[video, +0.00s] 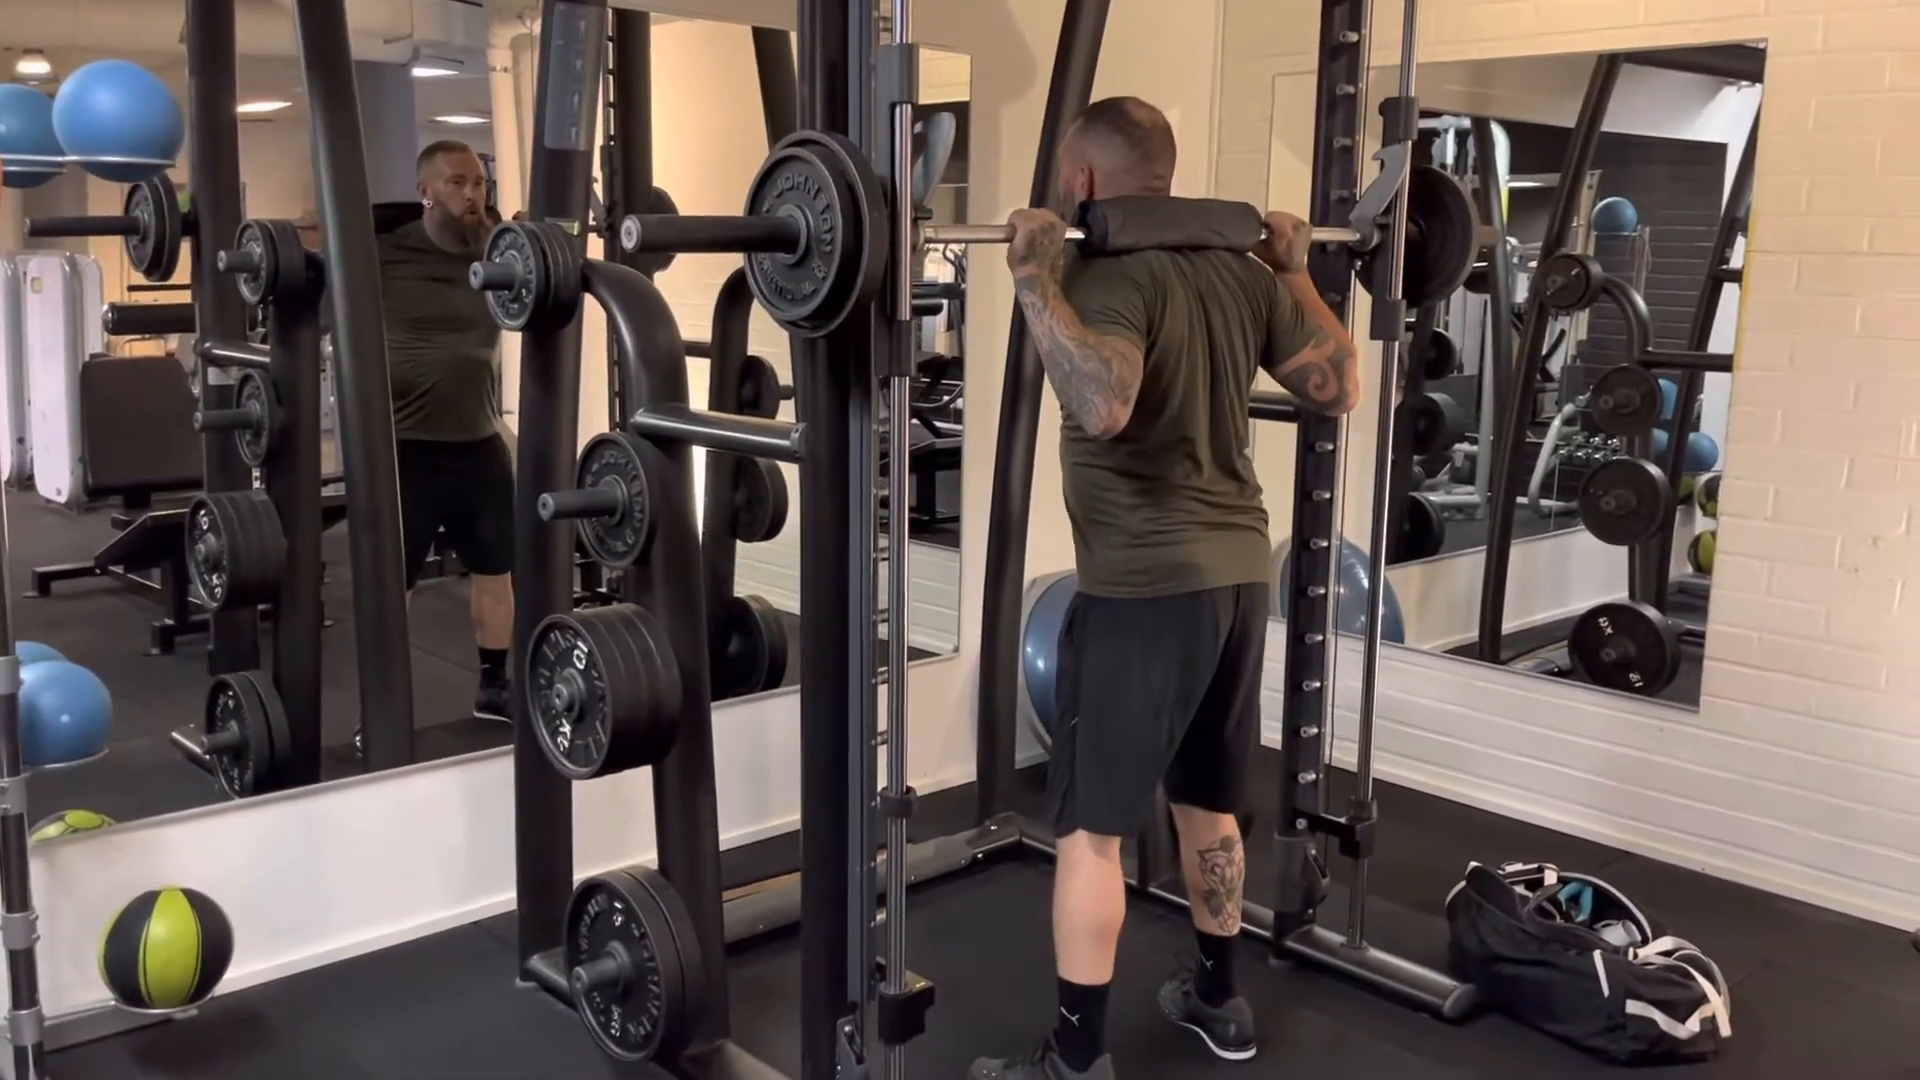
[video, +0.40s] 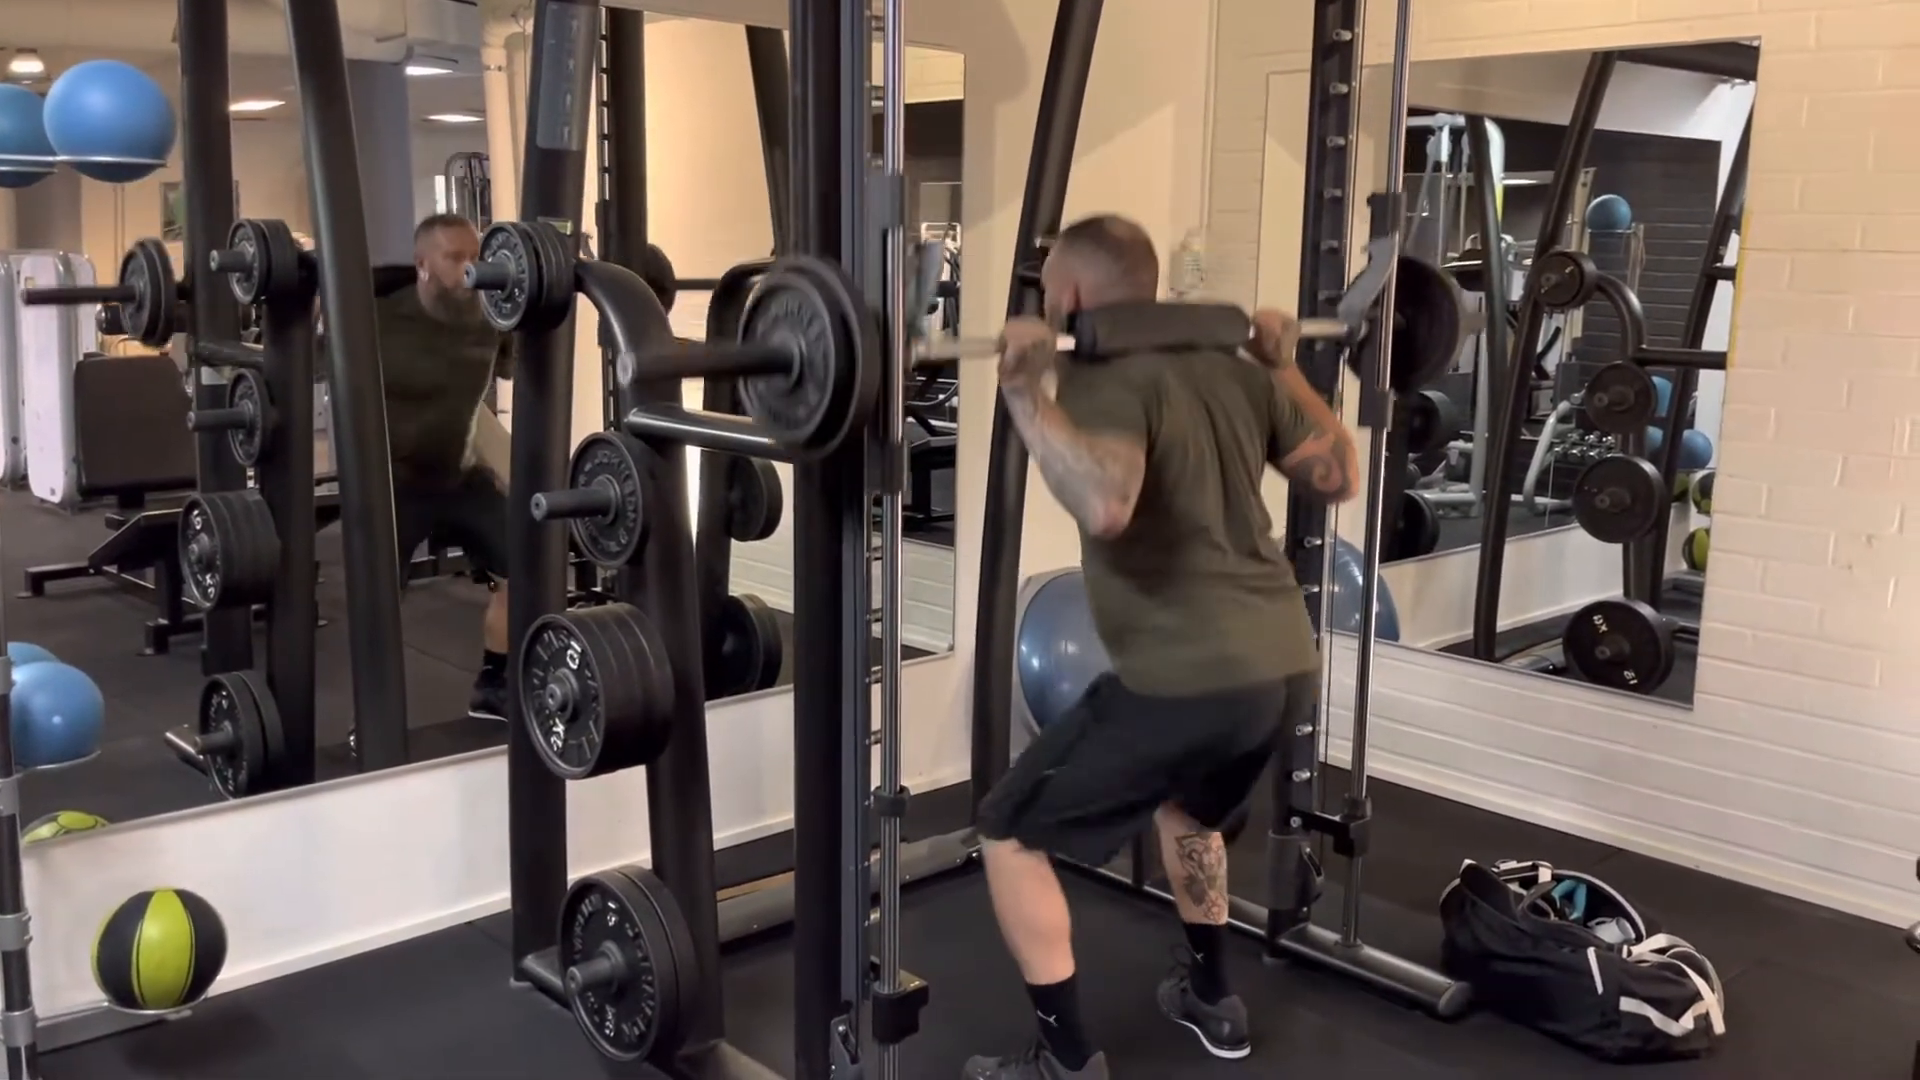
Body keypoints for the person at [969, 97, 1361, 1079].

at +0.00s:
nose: (1059, 195)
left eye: (1063, 179)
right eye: (1062, 180)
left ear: (1089, 175)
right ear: (1169, 173)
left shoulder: (1115, 269)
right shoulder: (1241, 266)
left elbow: (1103, 404)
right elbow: (1333, 386)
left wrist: (1034, 277)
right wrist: (1295, 270)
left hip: (1144, 587)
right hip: (1241, 576)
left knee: (1095, 820)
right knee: (1206, 787)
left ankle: (1077, 1050)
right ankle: (1219, 1000)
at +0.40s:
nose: (1050, 311)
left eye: (1053, 297)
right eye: (1051, 297)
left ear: (1079, 295)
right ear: (1148, 284)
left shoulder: (1110, 375)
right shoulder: (1238, 364)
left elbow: (1104, 501)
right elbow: (1335, 473)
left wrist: (1026, 394)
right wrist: (1282, 365)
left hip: (1180, 682)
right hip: (1278, 670)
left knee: (1011, 832)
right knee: (1187, 808)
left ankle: (1065, 1051)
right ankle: (1213, 999)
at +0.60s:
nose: (1036, 409)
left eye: (1040, 393)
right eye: (1035, 394)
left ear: (1067, 404)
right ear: (1143, 392)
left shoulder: (1106, 481)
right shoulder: (1234, 473)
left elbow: (1102, 608)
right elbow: (1337, 566)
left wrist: (1017, 499)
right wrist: (1277, 462)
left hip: (1200, 787)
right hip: (1298, 776)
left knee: (987, 837)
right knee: (1162, 775)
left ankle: (1059, 1050)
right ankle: (1208, 990)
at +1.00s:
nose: (1036, 551)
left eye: (1037, 533)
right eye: (1035, 532)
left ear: (1063, 544)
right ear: (1138, 529)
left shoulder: (1099, 620)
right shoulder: (1221, 597)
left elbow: (1094, 762)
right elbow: (1329, 697)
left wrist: (1009, 648)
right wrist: (1267, 589)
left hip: (1208, 920)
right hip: (1305, 898)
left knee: (977, 838)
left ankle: (1057, 1055)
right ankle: (1209, 1007)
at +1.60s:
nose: (1039, 409)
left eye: (1041, 394)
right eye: (1040, 395)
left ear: (1062, 400)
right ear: (1140, 388)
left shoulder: (1100, 480)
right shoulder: (1228, 474)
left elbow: (1090, 610)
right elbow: (1325, 567)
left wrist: (1007, 495)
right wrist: (1269, 462)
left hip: (1202, 778)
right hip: (1301, 765)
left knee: (992, 844)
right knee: (1162, 799)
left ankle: (1053, 1056)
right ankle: (1204, 1004)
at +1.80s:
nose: (1048, 303)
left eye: (1049, 289)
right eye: (1049, 289)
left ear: (1070, 289)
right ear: (1145, 284)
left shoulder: (1097, 375)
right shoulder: (1225, 366)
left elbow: (1087, 507)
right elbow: (1328, 478)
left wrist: (1011, 397)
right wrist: (1272, 372)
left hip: (1180, 677)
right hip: (1275, 663)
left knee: (1012, 840)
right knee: (1183, 815)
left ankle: (1057, 1060)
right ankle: (1208, 1015)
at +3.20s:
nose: (1036, 413)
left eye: (1038, 397)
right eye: (1035, 399)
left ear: (1059, 401)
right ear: (1133, 388)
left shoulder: (1099, 473)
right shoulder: (1227, 464)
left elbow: (1094, 603)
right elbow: (1331, 562)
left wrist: (1004, 493)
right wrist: (1270, 460)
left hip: (1194, 783)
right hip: (1292, 770)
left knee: (984, 858)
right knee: (1171, 818)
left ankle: (1057, 1065)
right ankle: (1209, 1019)